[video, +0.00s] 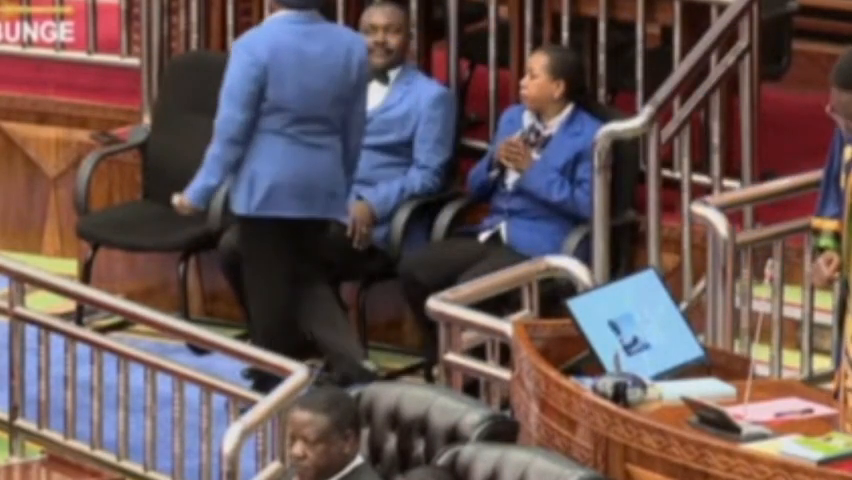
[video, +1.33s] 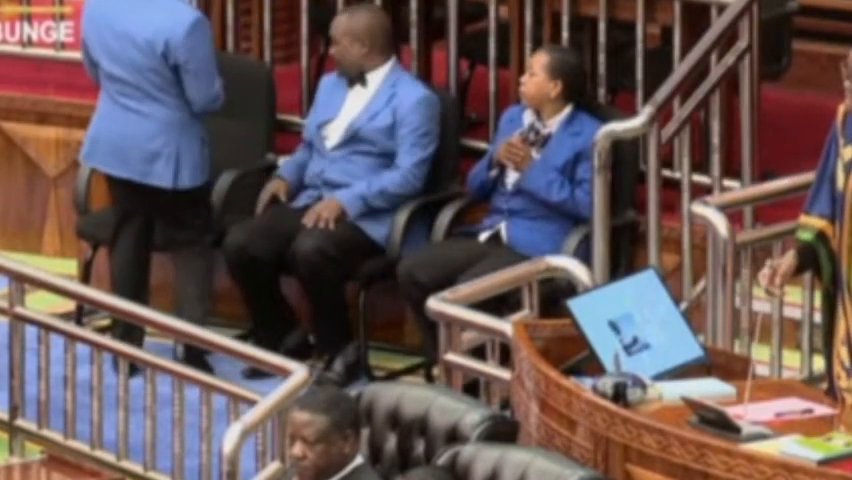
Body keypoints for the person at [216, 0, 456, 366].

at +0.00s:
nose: (379, 41)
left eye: (391, 32)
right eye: (371, 31)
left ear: (408, 39)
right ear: (359, 36)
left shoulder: (430, 96)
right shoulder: (346, 81)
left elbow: (427, 175)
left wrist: (371, 205)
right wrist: (338, 195)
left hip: (378, 224)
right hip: (323, 208)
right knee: (234, 248)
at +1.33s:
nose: (330, 51)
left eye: (336, 43)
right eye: (331, 42)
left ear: (365, 47)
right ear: (361, 46)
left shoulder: (414, 98)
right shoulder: (331, 84)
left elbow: (411, 176)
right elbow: (309, 148)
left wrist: (345, 201)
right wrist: (285, 178)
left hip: (371, 216)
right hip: (313, 203)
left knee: (310, 252)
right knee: (243, 245)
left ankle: (338, 350)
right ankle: (278, 334)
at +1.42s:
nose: (325, 52)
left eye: (330, 44)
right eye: (325, 44)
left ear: (356, 46)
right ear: (357, 46)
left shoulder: (407, 97)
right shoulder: (331, 85)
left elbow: (401, 177)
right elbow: (311, 152)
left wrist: (332, 202)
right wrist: (278, 173)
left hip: (370, 214)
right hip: (313, 201)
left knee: (315, 251)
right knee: (244, 243)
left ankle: (338, 350)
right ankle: (280, 336)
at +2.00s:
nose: (309, 47)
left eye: (313, 39)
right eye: (310, 39)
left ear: (336, 43)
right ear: (342, 43)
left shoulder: (377, 97)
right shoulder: (330, 83)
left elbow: (361, 184)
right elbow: (320, 137)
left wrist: (298, 231)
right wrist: (281, 144)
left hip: (365, 219)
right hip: (312, 205)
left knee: (315, 258)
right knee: (235, 244)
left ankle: (342, 358)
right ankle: (282, 341)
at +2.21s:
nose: (308, 47)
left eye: (317, 41)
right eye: (310, 39)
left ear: (345, 50)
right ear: (342, 50)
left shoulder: (381, 107)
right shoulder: (325, 85)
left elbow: (367, 195)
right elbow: (309, 150)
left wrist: (300, 231)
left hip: (365, 222)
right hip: (310, 207)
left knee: (316, 258)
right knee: (235, 245)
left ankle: (343, 360)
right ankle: (281, 341)